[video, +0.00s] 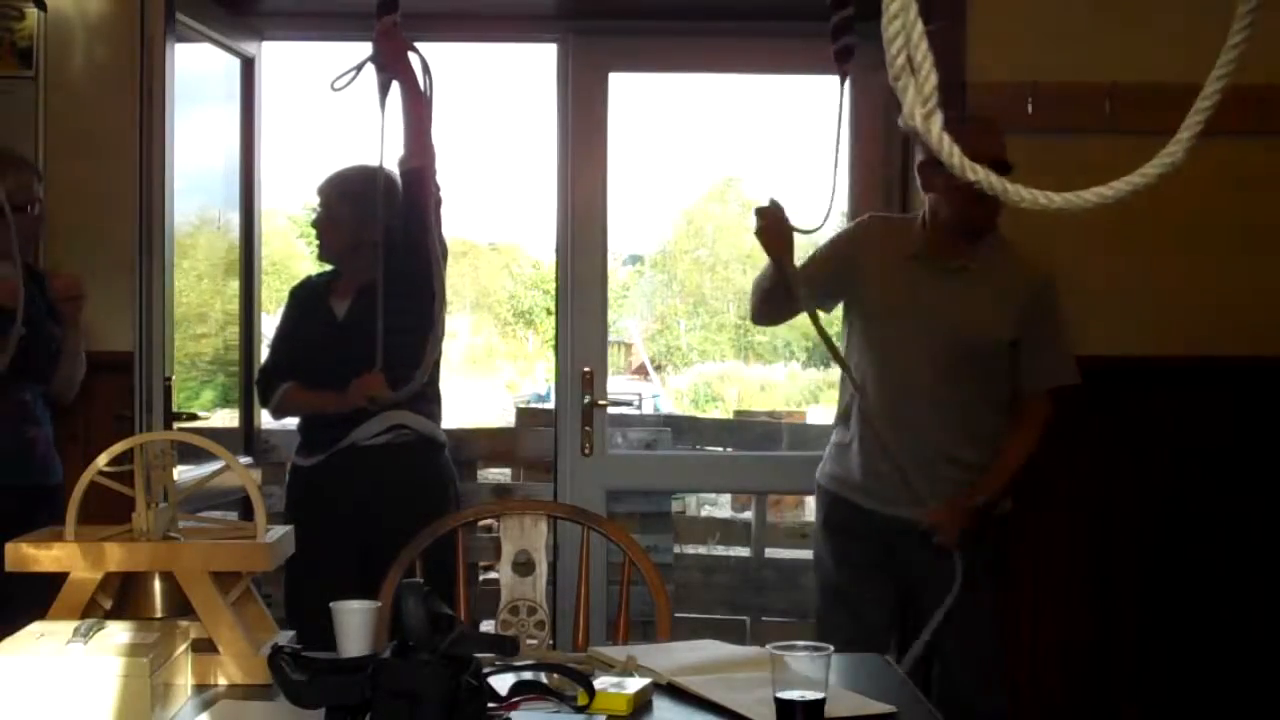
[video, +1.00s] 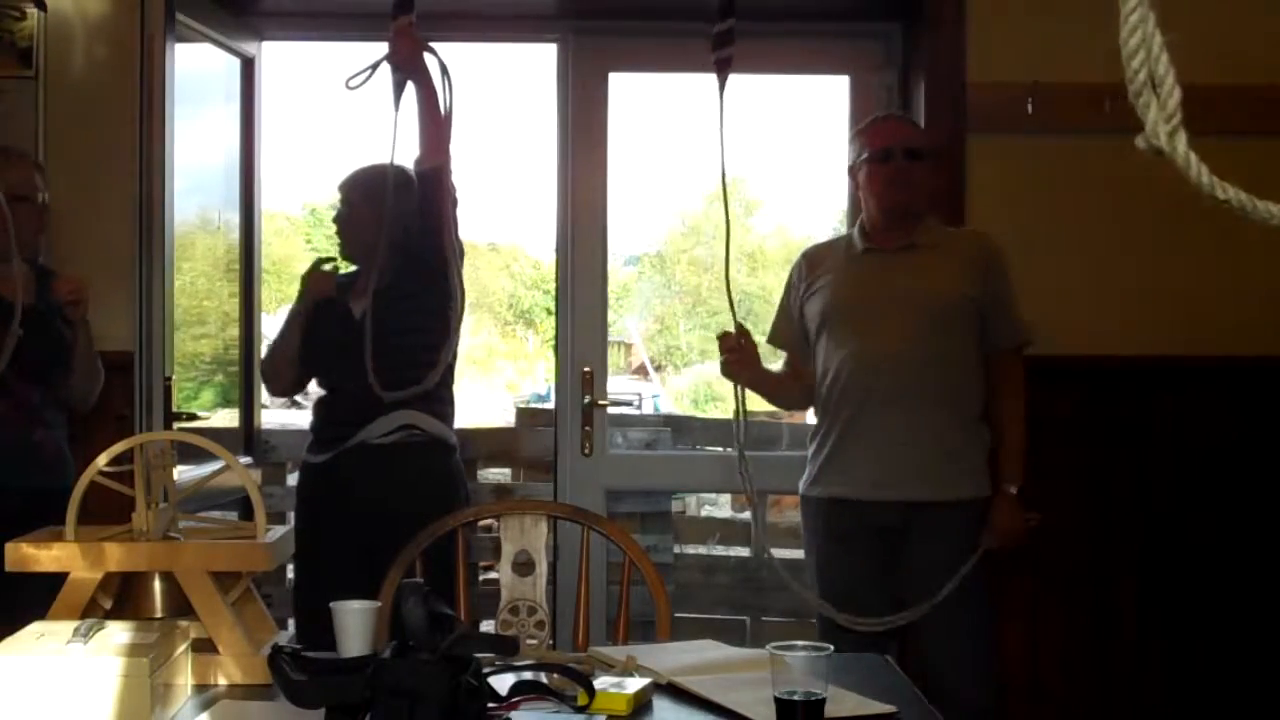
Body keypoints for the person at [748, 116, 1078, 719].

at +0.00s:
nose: (981, 193)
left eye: (993, 179)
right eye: (965, 178)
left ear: (1006, 187)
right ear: (928, 181)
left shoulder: (1022, 284)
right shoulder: (872, 240)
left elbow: (1037, 411)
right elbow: (767, 312)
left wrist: (974, 503)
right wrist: (780, 260)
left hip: (960, 525)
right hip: (856, 510)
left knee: (959, 690)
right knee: (854, 681)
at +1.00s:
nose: (899, 167)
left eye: (912, 155)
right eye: (882, 157)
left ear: (928, 171)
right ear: (854, 175)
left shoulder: (973, 255)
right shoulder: (817, 265)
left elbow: (1006, 379)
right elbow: (801, 390)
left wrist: (1008, 491)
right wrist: (751, 373)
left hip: (949, 505)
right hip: (842, 505)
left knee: (954, 676)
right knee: (857, 676)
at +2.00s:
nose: (862, 173)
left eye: (880, 159)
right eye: (858, 160)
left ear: (925, 173)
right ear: (850, 172)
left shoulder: (980, 264)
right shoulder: (824, 270)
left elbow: (1012, 390)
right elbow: (809, 391)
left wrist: (1017, 501)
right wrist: (773, 384)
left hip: (954, 506)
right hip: (845, 504)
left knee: (953, 681)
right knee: (854, 680)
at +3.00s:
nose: (902, 167)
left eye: (918, 156)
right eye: (888, 156)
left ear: (941, 172)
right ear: (868, 174)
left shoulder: (982, 263)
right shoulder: (825, 266)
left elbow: (1013, 390)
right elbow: (808, 391)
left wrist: (1014, 503)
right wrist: (782, 381)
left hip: (952, 506)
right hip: (843, 505)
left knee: (953, 682)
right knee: (854, 678)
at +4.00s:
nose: (918, 171)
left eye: (929, 159)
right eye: (900, 160)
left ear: (943, 172)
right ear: (866, 178)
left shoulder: (983, 264)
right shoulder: (823, 268)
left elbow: (1012, 389)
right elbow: (806, 393)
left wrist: (1015, 503)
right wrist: (784, 382)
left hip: (953, 509)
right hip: (843, 506)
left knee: (952, 681)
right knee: (853, 678)